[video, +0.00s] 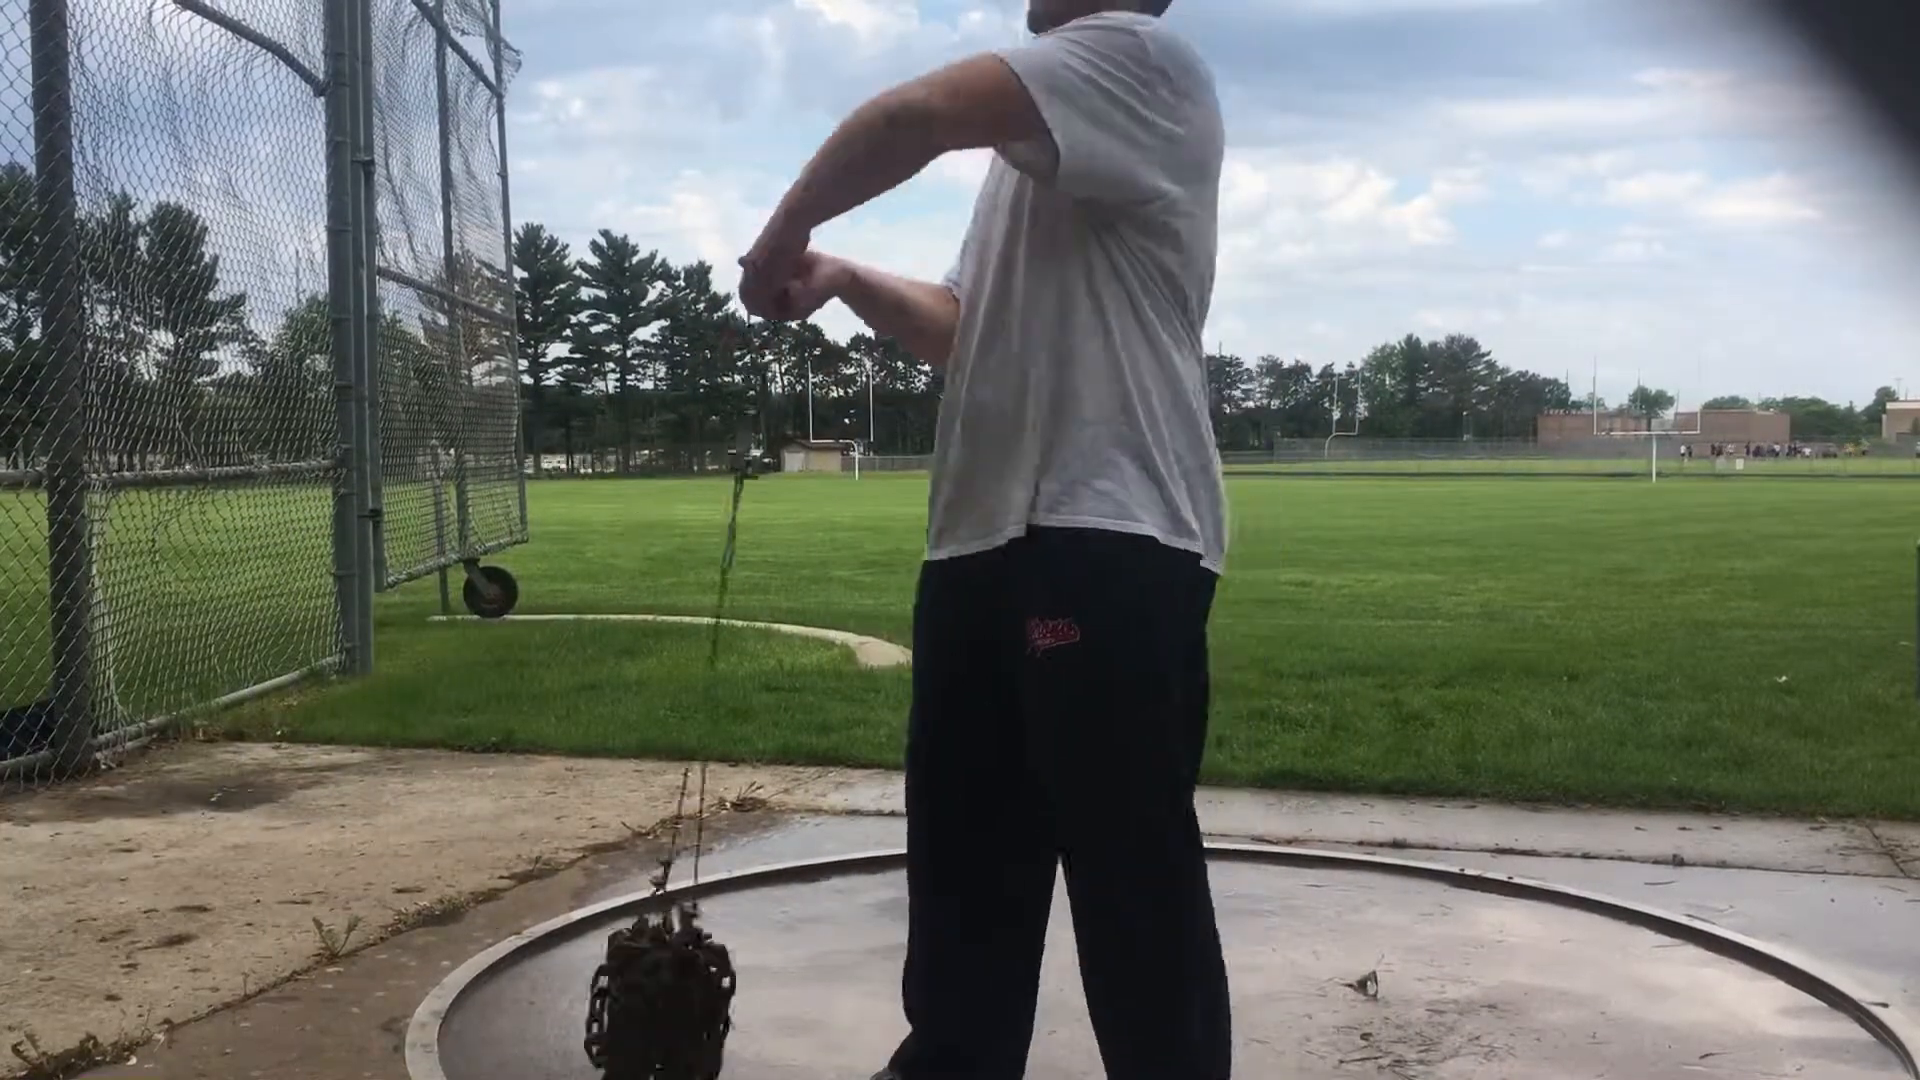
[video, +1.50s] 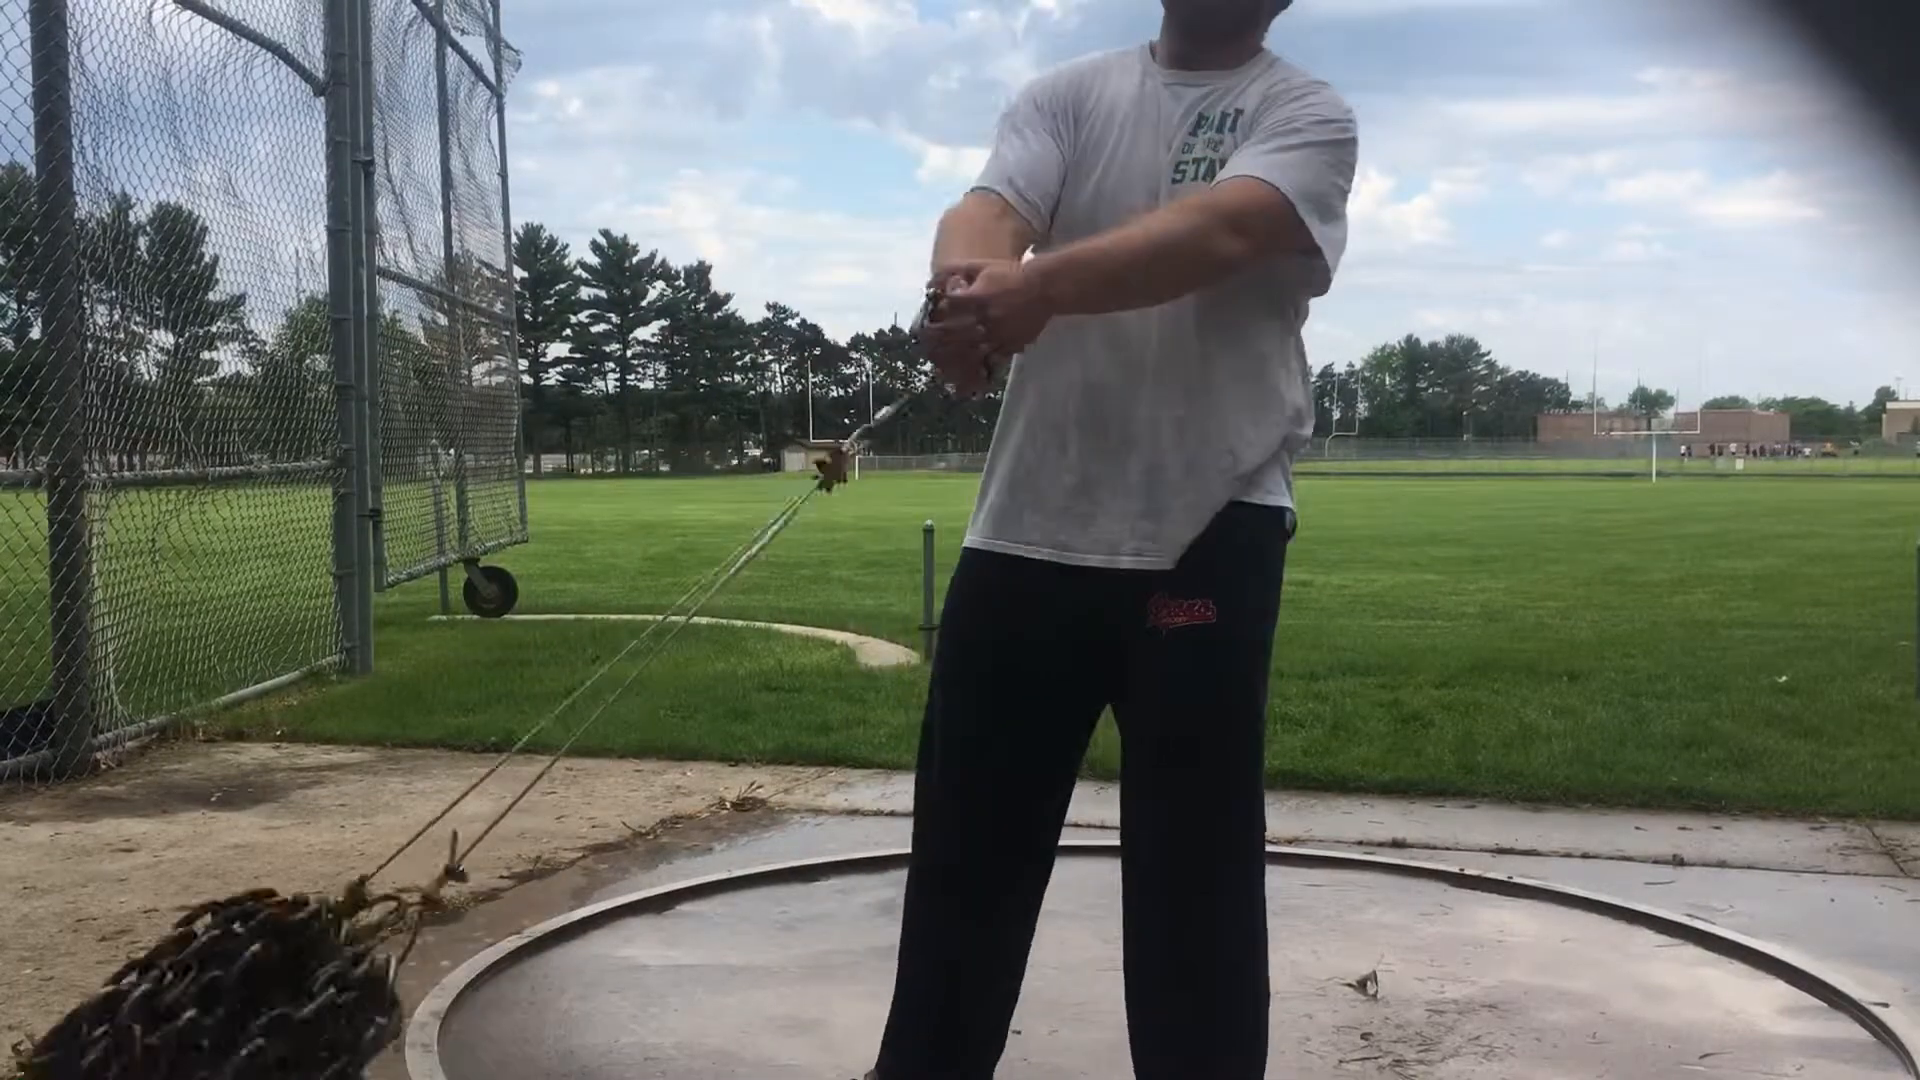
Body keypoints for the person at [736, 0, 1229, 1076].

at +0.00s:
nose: (1028, 3)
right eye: (1032, 6)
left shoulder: (1151, 60)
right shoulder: (1023, 146)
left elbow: (912, 115)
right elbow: (974, 337)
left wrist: (784, 232)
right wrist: (845, 275)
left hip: (1109, 519)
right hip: (976, 537)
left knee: (1129, 867)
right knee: (966, 858)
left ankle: (1169, 1067)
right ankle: (952, 1060)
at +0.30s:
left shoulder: (986, 42)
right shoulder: (1056, 94)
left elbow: (749, 180)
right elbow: (961, 323)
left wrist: (728, 277)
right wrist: (802, 296)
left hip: (987, 512)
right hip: (933, 514)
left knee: (1057, 849)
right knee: (920, 854)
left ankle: (1176, 1065)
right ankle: (925, 1064)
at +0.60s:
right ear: (1031, 6)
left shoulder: (910, 23)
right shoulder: (1055, 111)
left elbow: (722, 138)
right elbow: (930, 281)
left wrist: (726, 216)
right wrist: (771, 218)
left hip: (938, 484)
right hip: (1006, 490)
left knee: (1017, 826)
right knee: (909, 833)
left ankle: (1172, 1064)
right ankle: (924, 1062)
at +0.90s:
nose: (906, 6)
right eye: (909, 5)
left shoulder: (984, 43)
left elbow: (719, 162)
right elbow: (900, 292)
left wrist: (664, 227)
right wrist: (724, 241)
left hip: (1009, 506)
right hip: (922, 521)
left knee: (1071, 856)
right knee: (916, 864)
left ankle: (1160, 1063)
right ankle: (920, 1065)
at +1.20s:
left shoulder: (1202, 93)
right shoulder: (1004, 111)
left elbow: (1048, 184)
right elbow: (916, 279)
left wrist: (817, 249)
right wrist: (832, 293)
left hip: (1138, 526)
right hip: (973, 533)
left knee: (1142, 891)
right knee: (930, 894)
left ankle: (1185, 1074)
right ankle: (918, 1072)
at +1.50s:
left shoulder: (1309, 112)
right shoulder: (1061, 95)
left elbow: (1230, 234)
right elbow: (992, 211)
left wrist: (1038, 291)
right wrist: (967, 305)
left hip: (1210, 532)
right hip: (1032, 524)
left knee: (1194, 880)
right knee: (964, 866)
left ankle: (1200, 1076)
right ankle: (924, 1071)